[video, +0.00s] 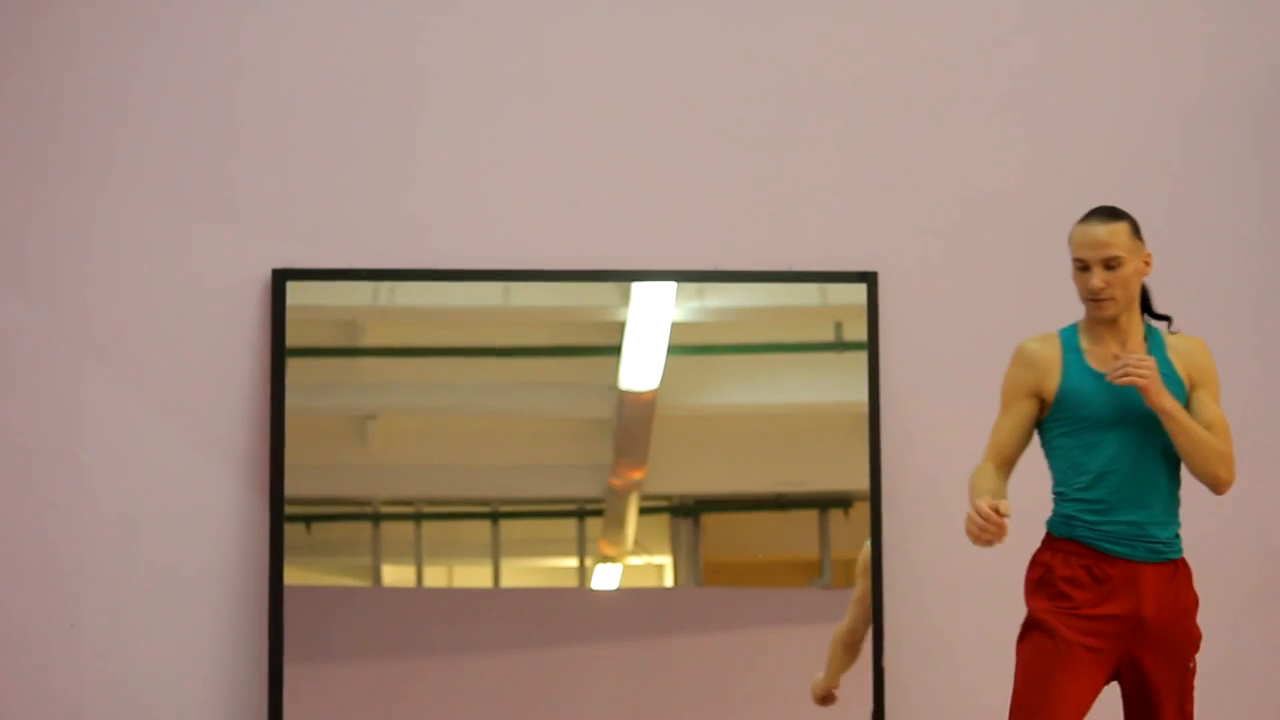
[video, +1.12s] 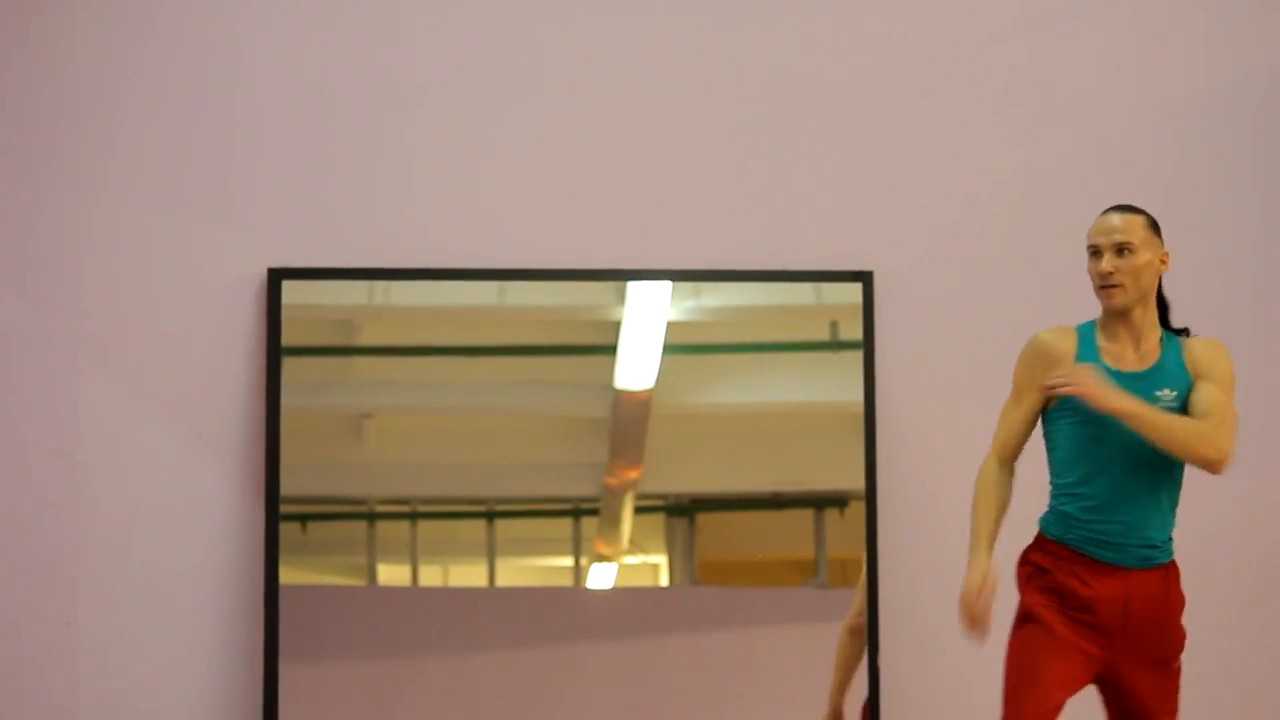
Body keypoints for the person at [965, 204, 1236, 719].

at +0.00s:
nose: (1096, 282)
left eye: (1111, 265)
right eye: (1083, 268)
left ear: (1144, 264)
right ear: (1072, 272)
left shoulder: (1186, 354)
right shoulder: (1039, 357)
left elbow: (1220, 474)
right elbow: (995, 462)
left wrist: (1162, 401)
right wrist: (986, 505)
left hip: (1161, 590)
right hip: (1072, 586)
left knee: (1168, 714)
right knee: (1036, 712)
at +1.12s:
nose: (1105, 266)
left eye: (1123, 250)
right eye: (1095, 254)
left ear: (1161, 260)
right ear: (1087, 266)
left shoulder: (1203, 357)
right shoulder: (1052, 351)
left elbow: (1214, 449)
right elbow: (1001, 459)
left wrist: (1113, 399)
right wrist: (980, 558)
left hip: (1148, 596)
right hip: (1058, 589)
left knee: (1152, 712)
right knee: (1024, 712)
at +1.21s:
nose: (1090, 273)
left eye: (1108, 257)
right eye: (1082, 260)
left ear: (1149, 268)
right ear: (1074, 272)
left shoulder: (1190, 363)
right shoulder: (1037, 362)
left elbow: (1167, 456)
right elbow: (1009, 486)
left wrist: (1050, 413)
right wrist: (978, 597)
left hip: (1136, 606)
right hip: (1043, 599)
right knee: (1005, 711)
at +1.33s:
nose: (1059, 289)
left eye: (1077, 274)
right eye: (1050, 277)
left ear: (1118, 285)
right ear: (1043, 291)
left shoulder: (1143, 366)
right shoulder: (1030, 386)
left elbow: (1041, 398)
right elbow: (988, 497)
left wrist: (961, 370)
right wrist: (895, 575)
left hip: (1109, 626)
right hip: (1014, 622)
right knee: (970, 711)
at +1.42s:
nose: (1037, 290)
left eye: (1055, 275)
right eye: (1029, 278)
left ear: (1095, 285)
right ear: (1020, 288)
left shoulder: (1113, 366)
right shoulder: (1007, 394)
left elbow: (995, 381)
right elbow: (926, 484)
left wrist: (905, 326)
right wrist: (807, 495)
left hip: (1081, 620)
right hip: (985, 620)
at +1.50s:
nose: (1008, 276)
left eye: (1026, 262)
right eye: (1000, 264)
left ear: (1067, 273)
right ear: (993, 275)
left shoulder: (1093, 362)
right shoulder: (969, 364)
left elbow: (1031, 409)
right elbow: (864, 433)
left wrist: (917, 357)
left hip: (1055, 606)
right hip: (956, 611)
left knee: (1154, 715)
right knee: (928, 712)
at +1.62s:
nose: (915, 261)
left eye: (931, 245)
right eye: (907, 249)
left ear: (973, 254)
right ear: (899, 266)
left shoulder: (1012, 329)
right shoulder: (893, 352)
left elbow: (1115, 383)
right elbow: (775, 373)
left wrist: (1210, 436)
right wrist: (747, 327)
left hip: (1052, 572)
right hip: (968, 591)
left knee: (1086, 701)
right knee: (934, 713)